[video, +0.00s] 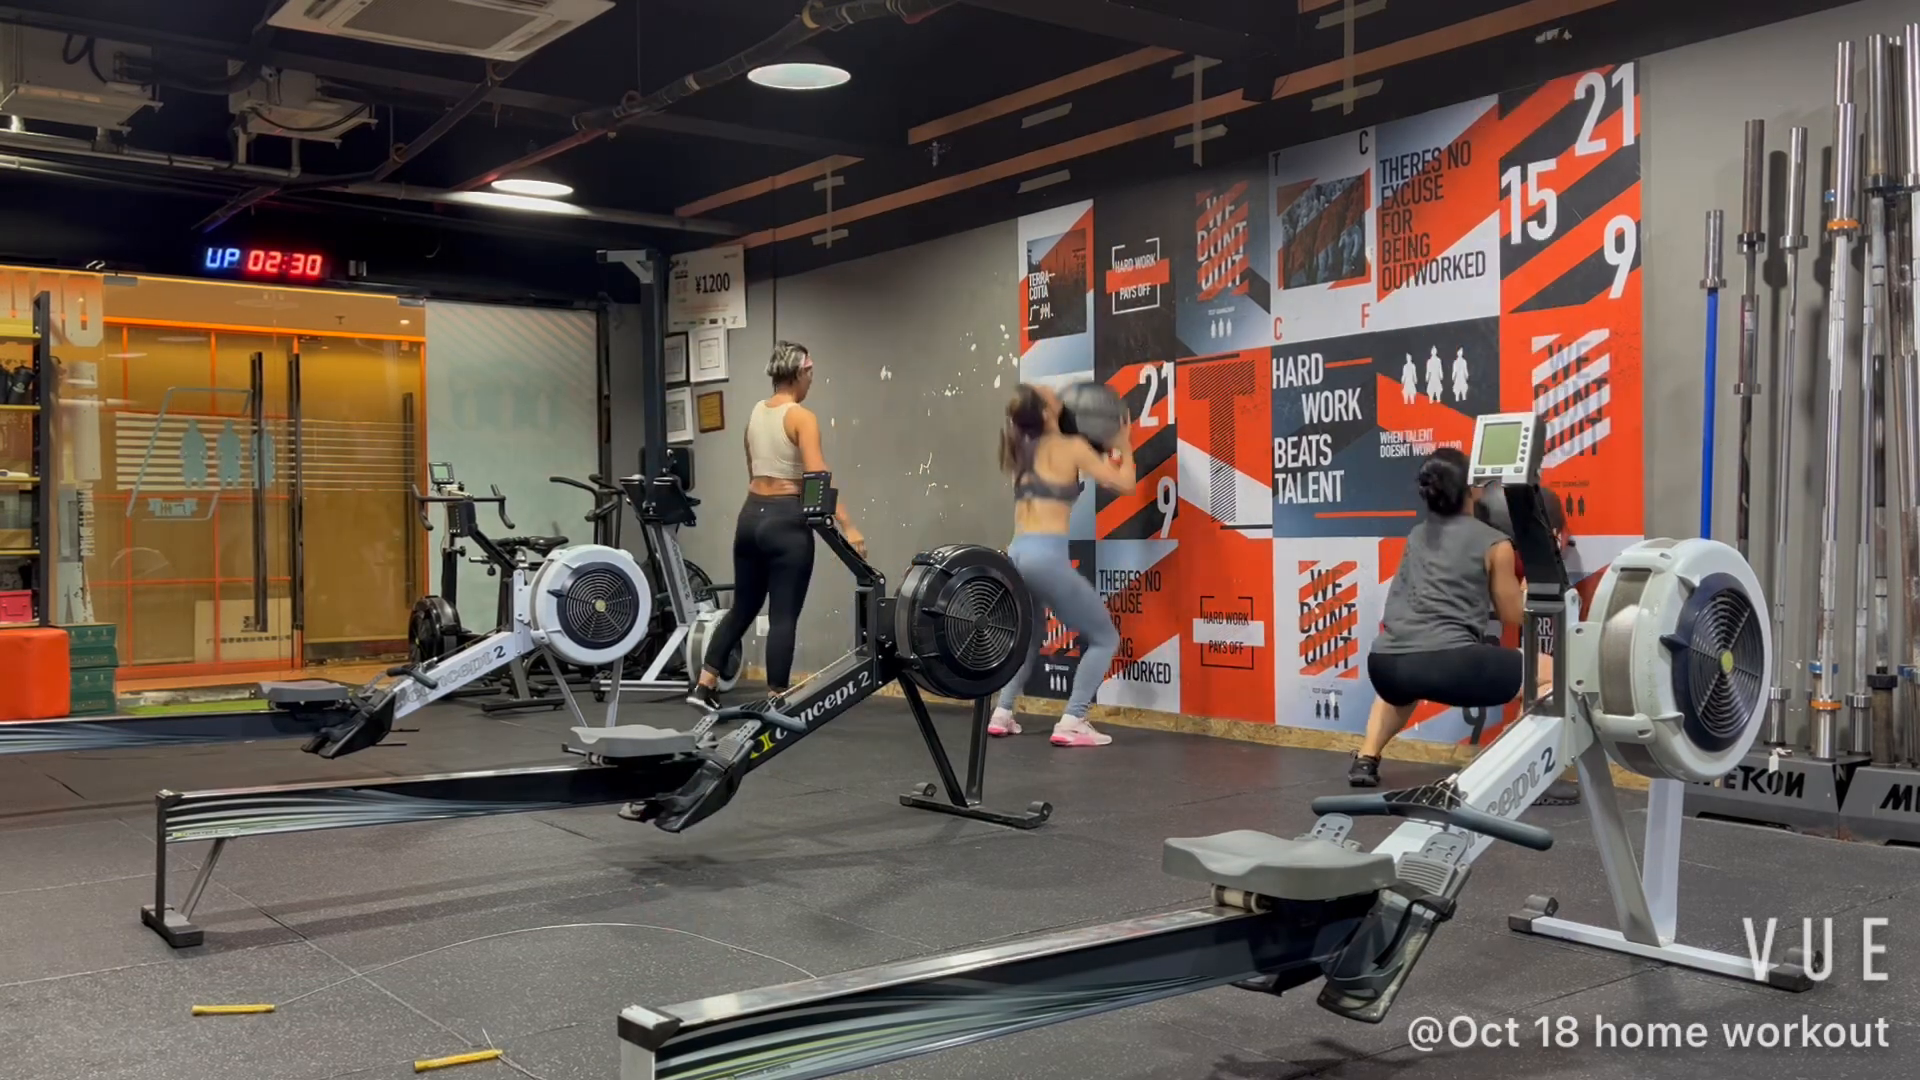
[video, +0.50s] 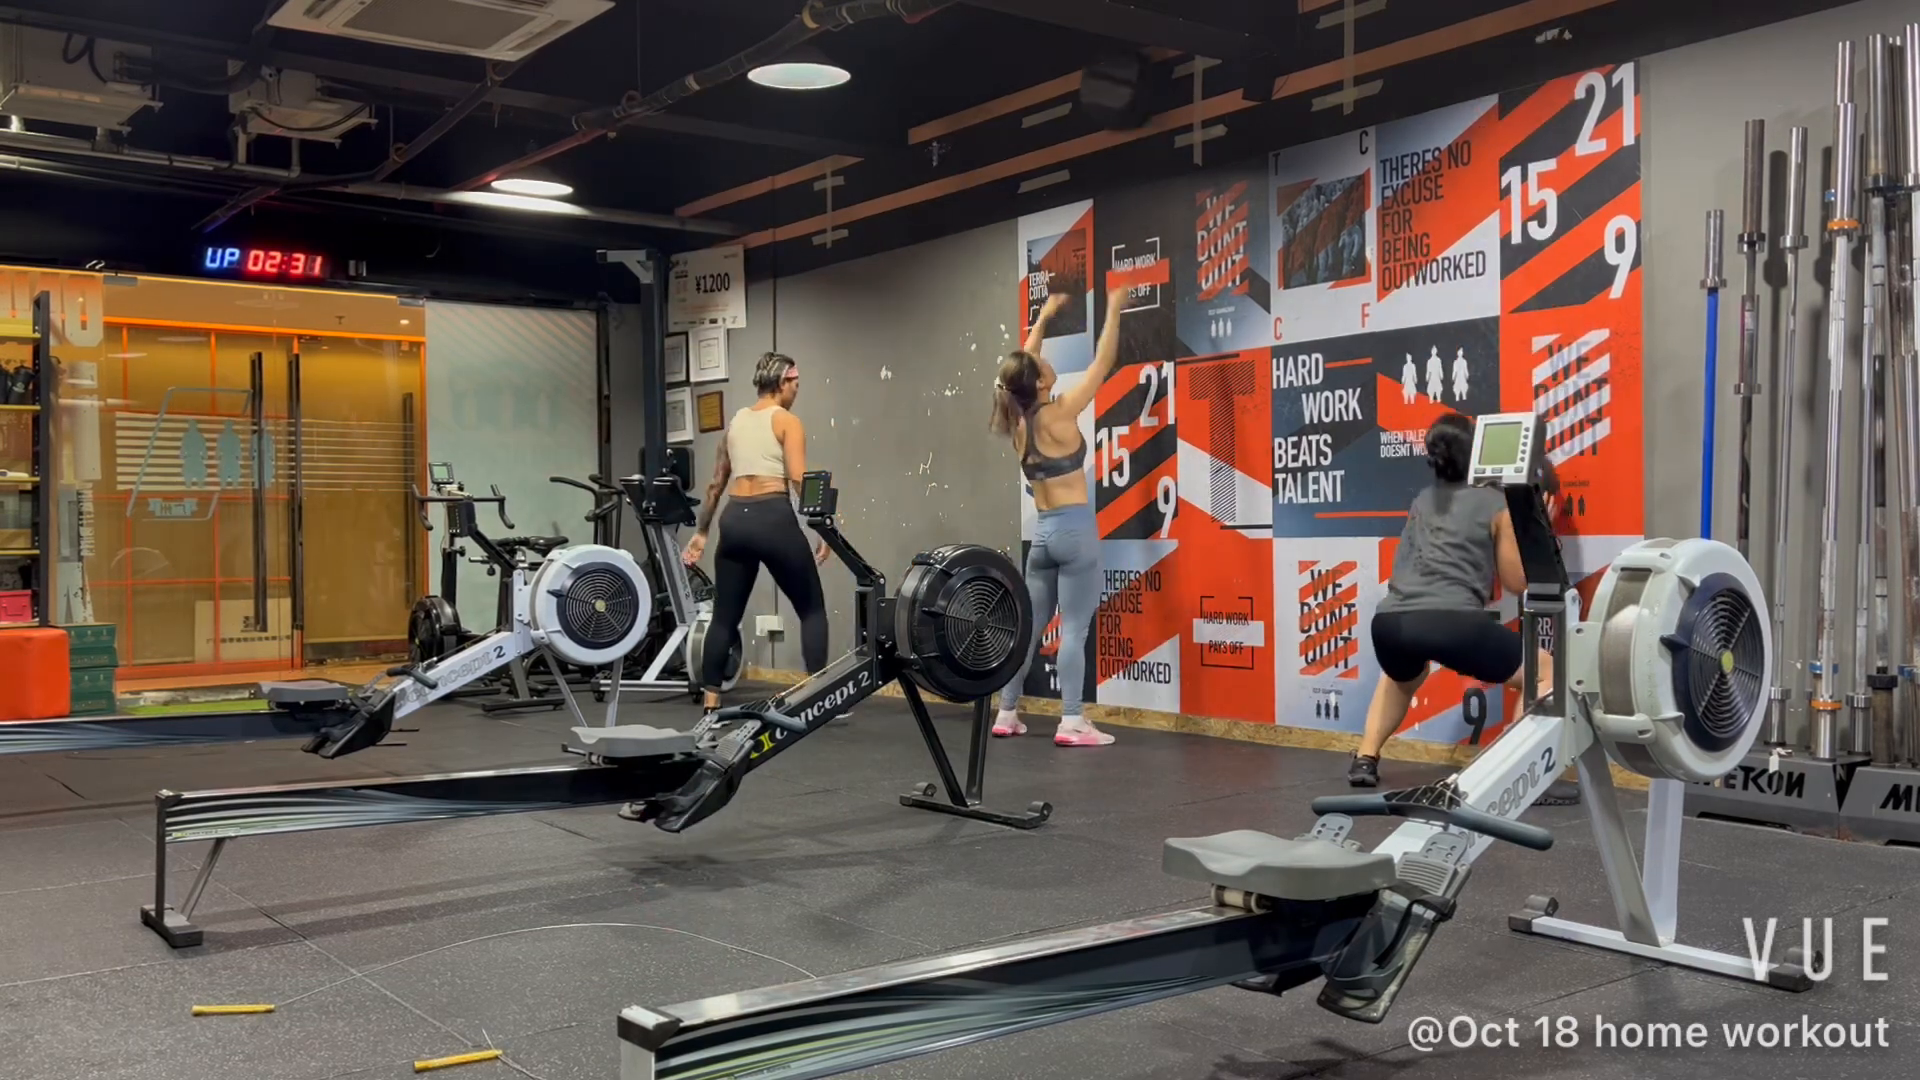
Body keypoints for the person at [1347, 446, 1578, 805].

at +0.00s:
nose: (1480, 483)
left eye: (1477, 477)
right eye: (1477, 478)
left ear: (1428, 491)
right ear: (1472, 488)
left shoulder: (1415, 535)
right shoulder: (1494, 544)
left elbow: (1412, 596)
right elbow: (1512, 616)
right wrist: (1528, 591)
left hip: (1389, 664)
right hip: (1454, 665)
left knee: (1401, 687)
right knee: (1549, 671)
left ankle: (1366, 759)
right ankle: (1529, 773)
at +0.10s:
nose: (1483, 485)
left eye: (1479, 478)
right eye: (1479, 480)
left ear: (1433, 494)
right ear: (1474, 490)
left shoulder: (1418, 538)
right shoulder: (1497, 546)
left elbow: (1412, 600)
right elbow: (1513, 620)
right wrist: (1527, 593)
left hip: (1391, 665)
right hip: (1456, 666)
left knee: (1401, 686)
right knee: (1550, 671)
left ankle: (1365, 759)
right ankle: (1518, 771)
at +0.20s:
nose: (1484, 484)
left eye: (1480, 477)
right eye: (1480, 478)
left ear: (1435, 494)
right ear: (1477, 489)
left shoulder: (1420, 537)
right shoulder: (1499, 545)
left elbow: (1415, 597)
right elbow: (1513, 620)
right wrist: (1527, 591)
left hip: (1389, 661)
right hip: (1454, 662)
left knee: (1398, 685)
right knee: (1548, 672)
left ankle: (1365, 758)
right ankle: (1520, 772)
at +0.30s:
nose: (1485, 481)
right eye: (1482, 475)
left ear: (1437, 490)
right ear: (1479, 485)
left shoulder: (1421, 531)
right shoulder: (1499, 539)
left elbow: (1408, 596)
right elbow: (1513, 613)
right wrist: (1524, 584)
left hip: (1388, 653)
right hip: (1452, 653)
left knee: (1396, 683)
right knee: (1547, 673)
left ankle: (1365, 759)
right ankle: (1519, 773)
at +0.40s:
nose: (1488, 472)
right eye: (1482, 465)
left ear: (1437, 476)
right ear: (1479, 474)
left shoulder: (1421, 520)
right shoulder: (1496, 525)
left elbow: (1416, 581)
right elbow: (1515, 602)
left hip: (1389, 640)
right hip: (1452, 641)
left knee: (1396, 683)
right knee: (1545, 673)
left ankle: (1364, 760)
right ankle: (1529, 775)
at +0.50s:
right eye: (1481, 445)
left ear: (1436, 456)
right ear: (1478, 453)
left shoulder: (1421, 501)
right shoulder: (1494, 503)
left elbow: (1405, 567)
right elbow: (1516, 581)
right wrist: (1538, 524)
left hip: (1392, 620)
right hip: (1456, 621)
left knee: (1400, 677)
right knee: (1545, 672)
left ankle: (1365, 760)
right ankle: (1532, 777)